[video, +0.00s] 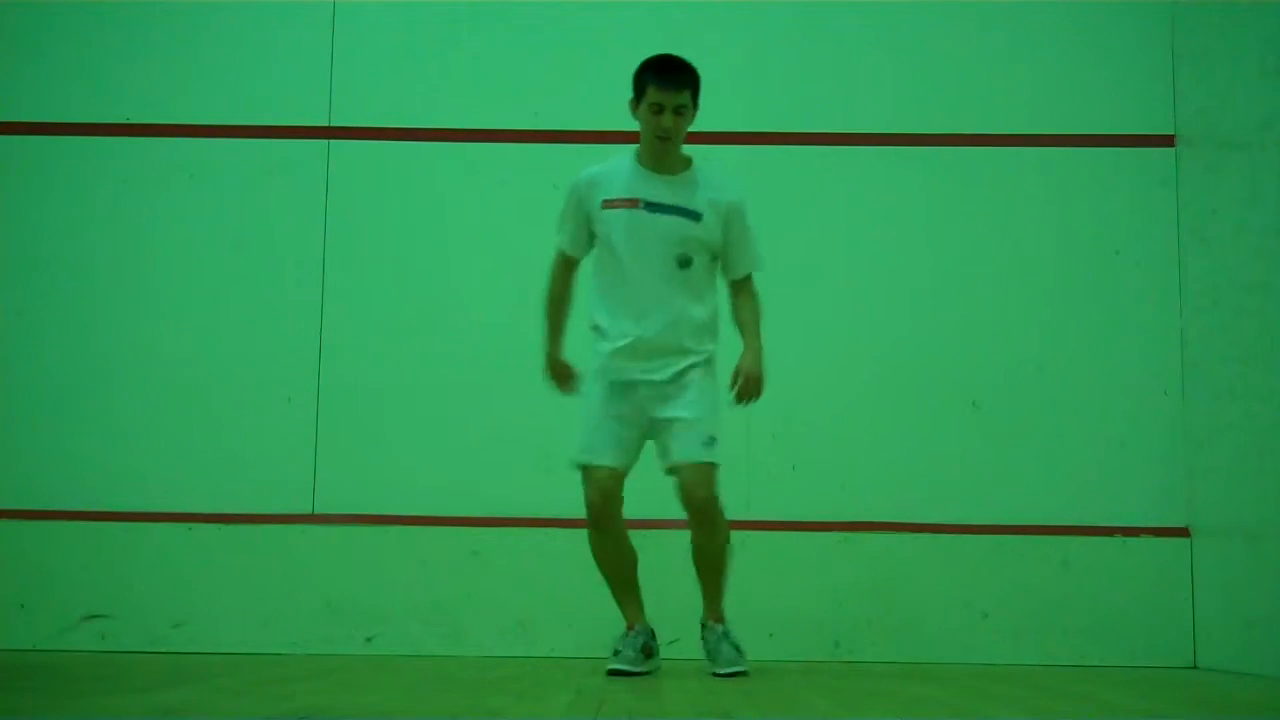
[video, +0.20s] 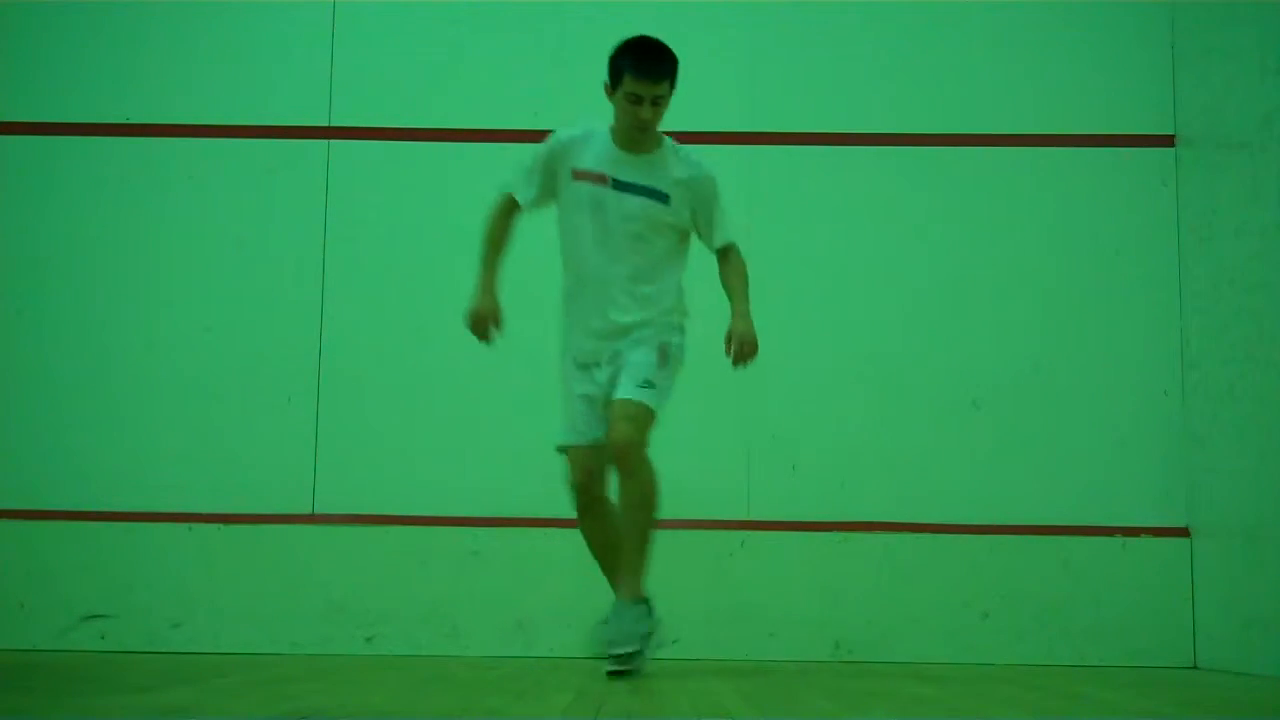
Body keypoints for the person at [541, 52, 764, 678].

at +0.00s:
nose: (665, 121)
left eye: (678, 110)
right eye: (656, 108)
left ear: (692, 116)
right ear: (635, 110)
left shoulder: (720, 198)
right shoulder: (594, 186)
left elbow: (742, 284)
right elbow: (564, 267)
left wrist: (753, 351)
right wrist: (554, 349)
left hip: (689, 372)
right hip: (613, 372)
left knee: (700, 495)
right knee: (599, 497)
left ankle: (716, 625)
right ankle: (636, 629)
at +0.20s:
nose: (646, 115)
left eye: (658, 103)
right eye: (635, 101)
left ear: (671, 101)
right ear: (611, 93)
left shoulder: (690, 176)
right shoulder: (567, 151)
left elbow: (726, 250)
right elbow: (508, 205)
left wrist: (742, 316)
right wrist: (485, 290)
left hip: (652, 333)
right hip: (585, 336)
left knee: (625, 440)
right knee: (584, 479)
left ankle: (630, 600)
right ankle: (632, 606)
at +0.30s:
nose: (636, 127)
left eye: (647, 115)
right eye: (625, 113)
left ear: (658, 112)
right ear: (598, 104)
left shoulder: (672, 182)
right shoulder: (553, 151)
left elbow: (718, 262)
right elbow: (478, 188)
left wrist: (727, 332)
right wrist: (440, 269)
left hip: (640, 344)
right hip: (573, 346)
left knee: (605, 459)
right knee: (544, 465)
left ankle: (578, 621)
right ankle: (640, 576)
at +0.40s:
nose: (623, 169)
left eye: (634, 158)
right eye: (612, 154)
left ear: (645, 152)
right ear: (585, 141)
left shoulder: (653, 229)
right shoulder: (544, 184)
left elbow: (696, 305)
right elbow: (455, 198)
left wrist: (710, 397)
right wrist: (381, 253)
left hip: (625, 382)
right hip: (561, 381)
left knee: (562, 484)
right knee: (519, 494)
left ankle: (567, 638)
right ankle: (635, 593)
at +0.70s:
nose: (598, 185)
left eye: (608, 175)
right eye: (587, 176)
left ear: (626, 158)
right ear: (567, 157)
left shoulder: (653, 202)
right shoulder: (537, 163)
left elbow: (715, 270)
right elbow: (453, 167)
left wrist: (772, 340)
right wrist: (390, 222)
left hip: (633, 343)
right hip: (569, 349)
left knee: (625, 432)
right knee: (536, 460)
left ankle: (622, 585)